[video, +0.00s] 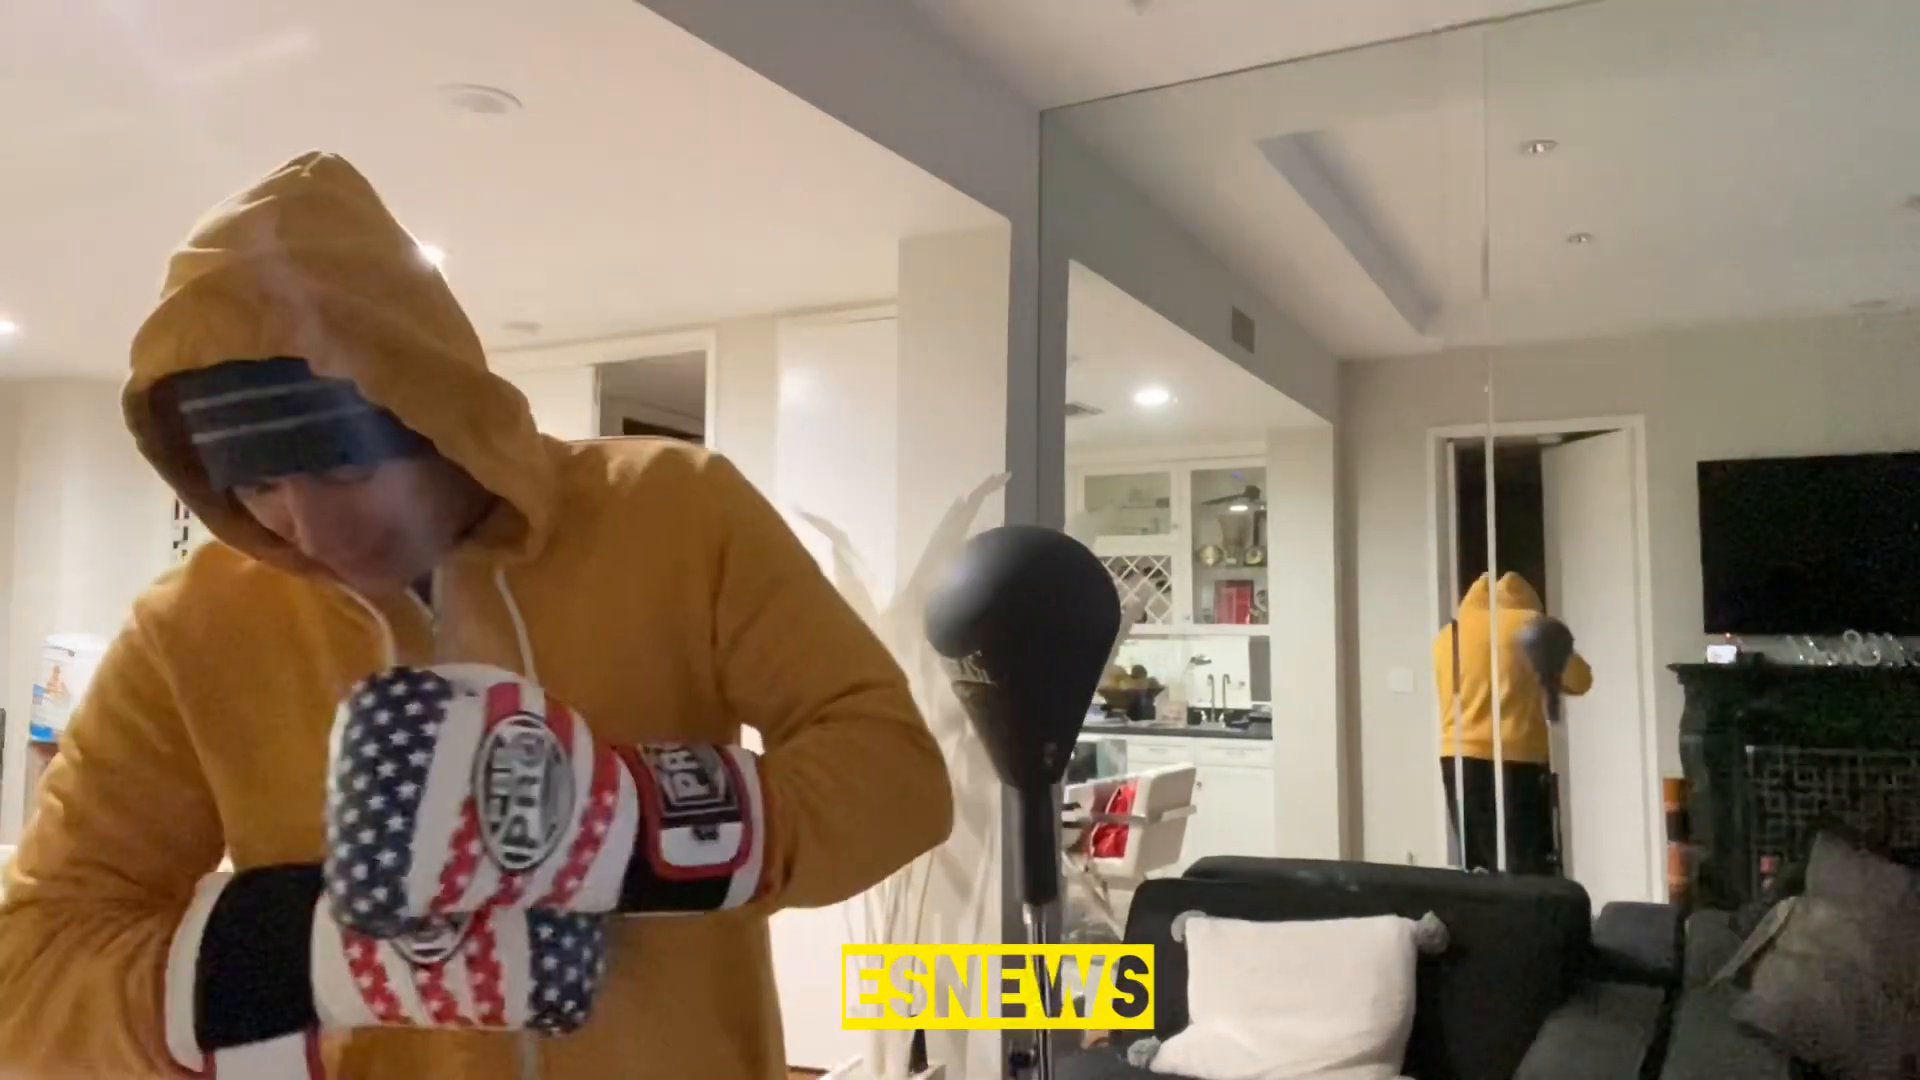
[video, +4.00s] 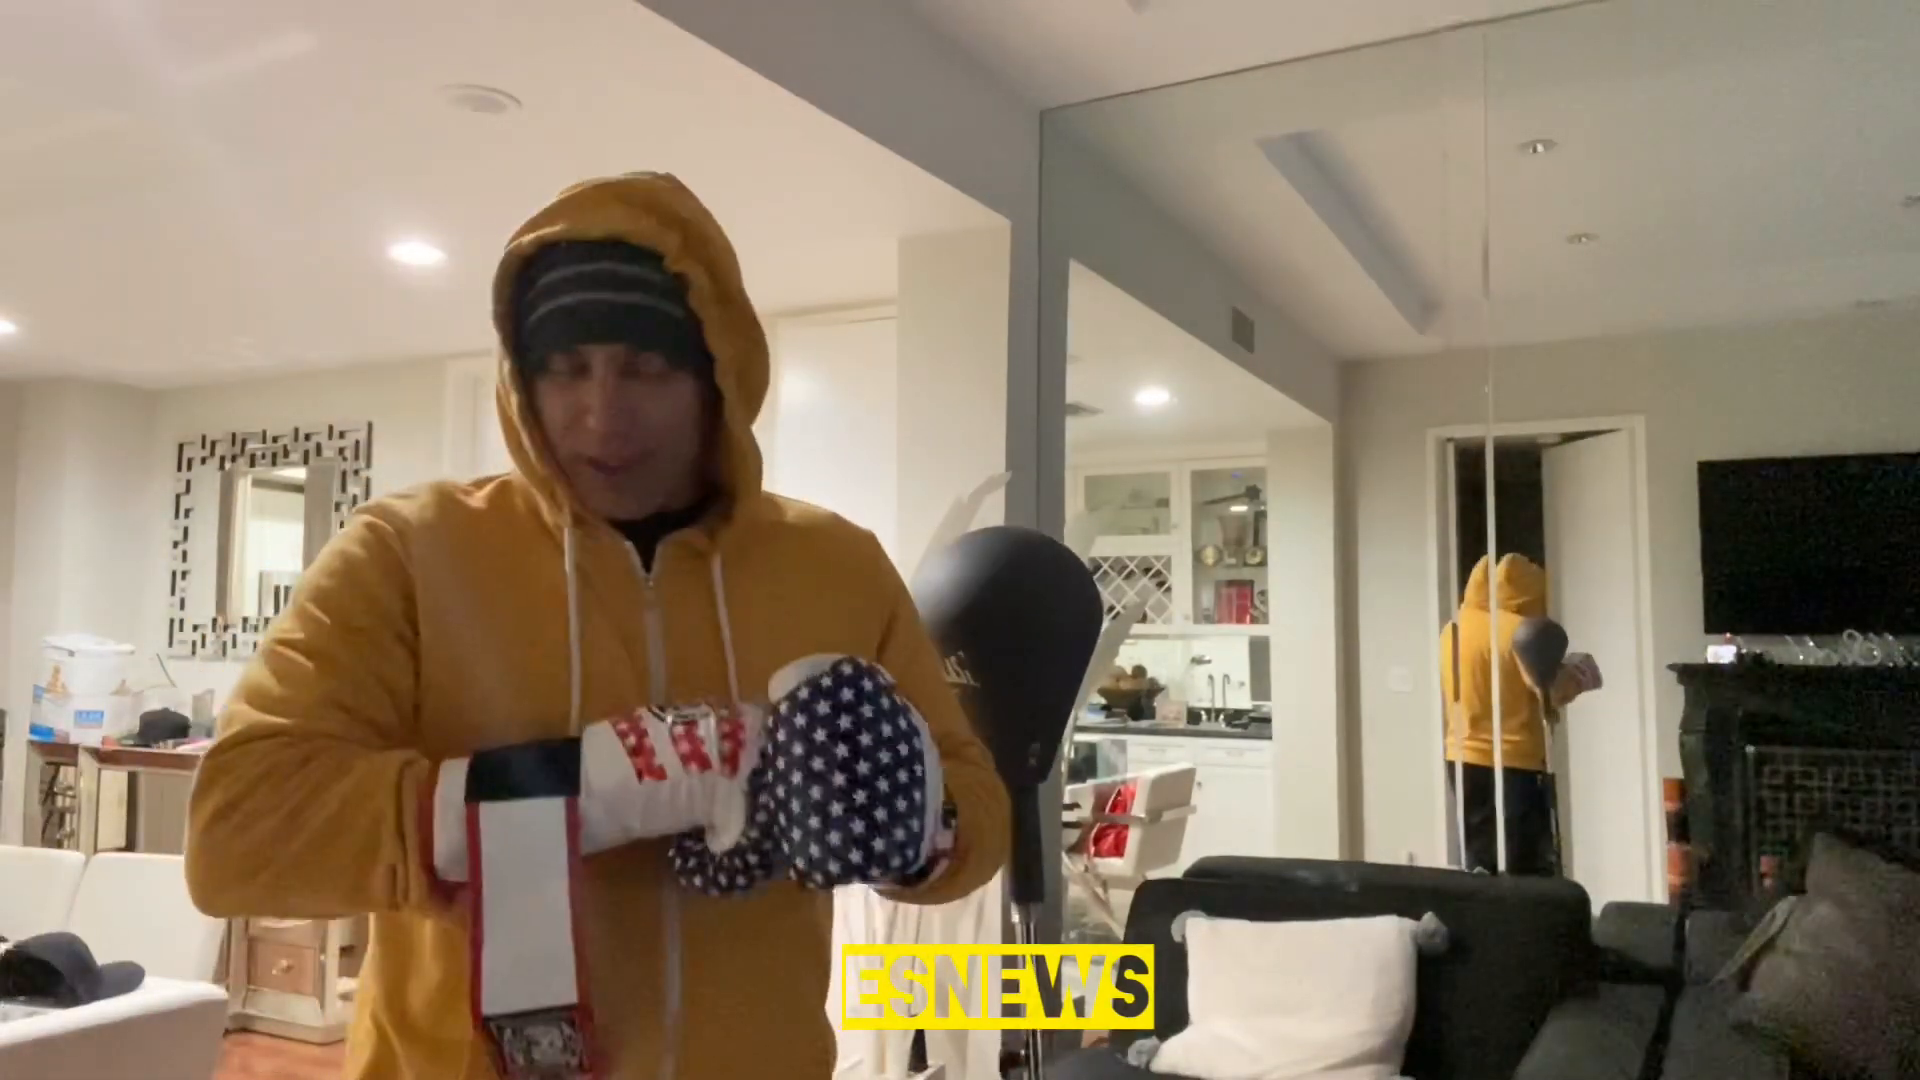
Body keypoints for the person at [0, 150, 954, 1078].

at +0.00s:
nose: (299, 525)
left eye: (330, 456)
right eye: (250, 486)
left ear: (435, 404)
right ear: (212, 486)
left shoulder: (679, 519)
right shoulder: (188, 641)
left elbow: (896, 774)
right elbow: (32, 978)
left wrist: (632, 816)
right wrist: (322, 958)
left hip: (687, 1064)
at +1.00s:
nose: (560, 493)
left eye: (601, 445)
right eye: (522, 444)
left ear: (661, 438)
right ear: (464, 431)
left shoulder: (757, 602)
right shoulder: (334, 557)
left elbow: (828, 831)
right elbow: (225, 838)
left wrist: (812, 971)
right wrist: (487, 921)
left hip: (647, 1063)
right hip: (372, 1058)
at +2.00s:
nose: (565, 510)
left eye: (607, 463)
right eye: (528, 462)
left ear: (674, 446)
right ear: (480, 449)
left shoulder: (785, 570)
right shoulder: (370, 572)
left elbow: (876, 789)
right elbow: (336, 884)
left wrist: (788, 849)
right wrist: (433, 1055)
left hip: (723, 1059)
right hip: (469, 1059)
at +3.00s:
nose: (504, 481)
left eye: (551, 423)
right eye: (460, 427)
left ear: (627, 404)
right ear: (408, 420)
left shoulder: (759, 559)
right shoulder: (292, 581)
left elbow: (885, 814)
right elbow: (195, 896)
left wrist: (788, 822)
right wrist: (436, 1038)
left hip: (703, 1064)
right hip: (424, 1075)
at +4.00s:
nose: (601, 413)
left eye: (647, 367)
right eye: (566, 367)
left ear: (718, 380)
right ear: (526, 385)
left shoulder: (832, 569)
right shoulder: (409, 559)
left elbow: (973, 813)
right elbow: (236, 835)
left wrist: (895, 811)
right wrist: (569, 786)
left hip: (753, 1063)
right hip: (458, 1063)